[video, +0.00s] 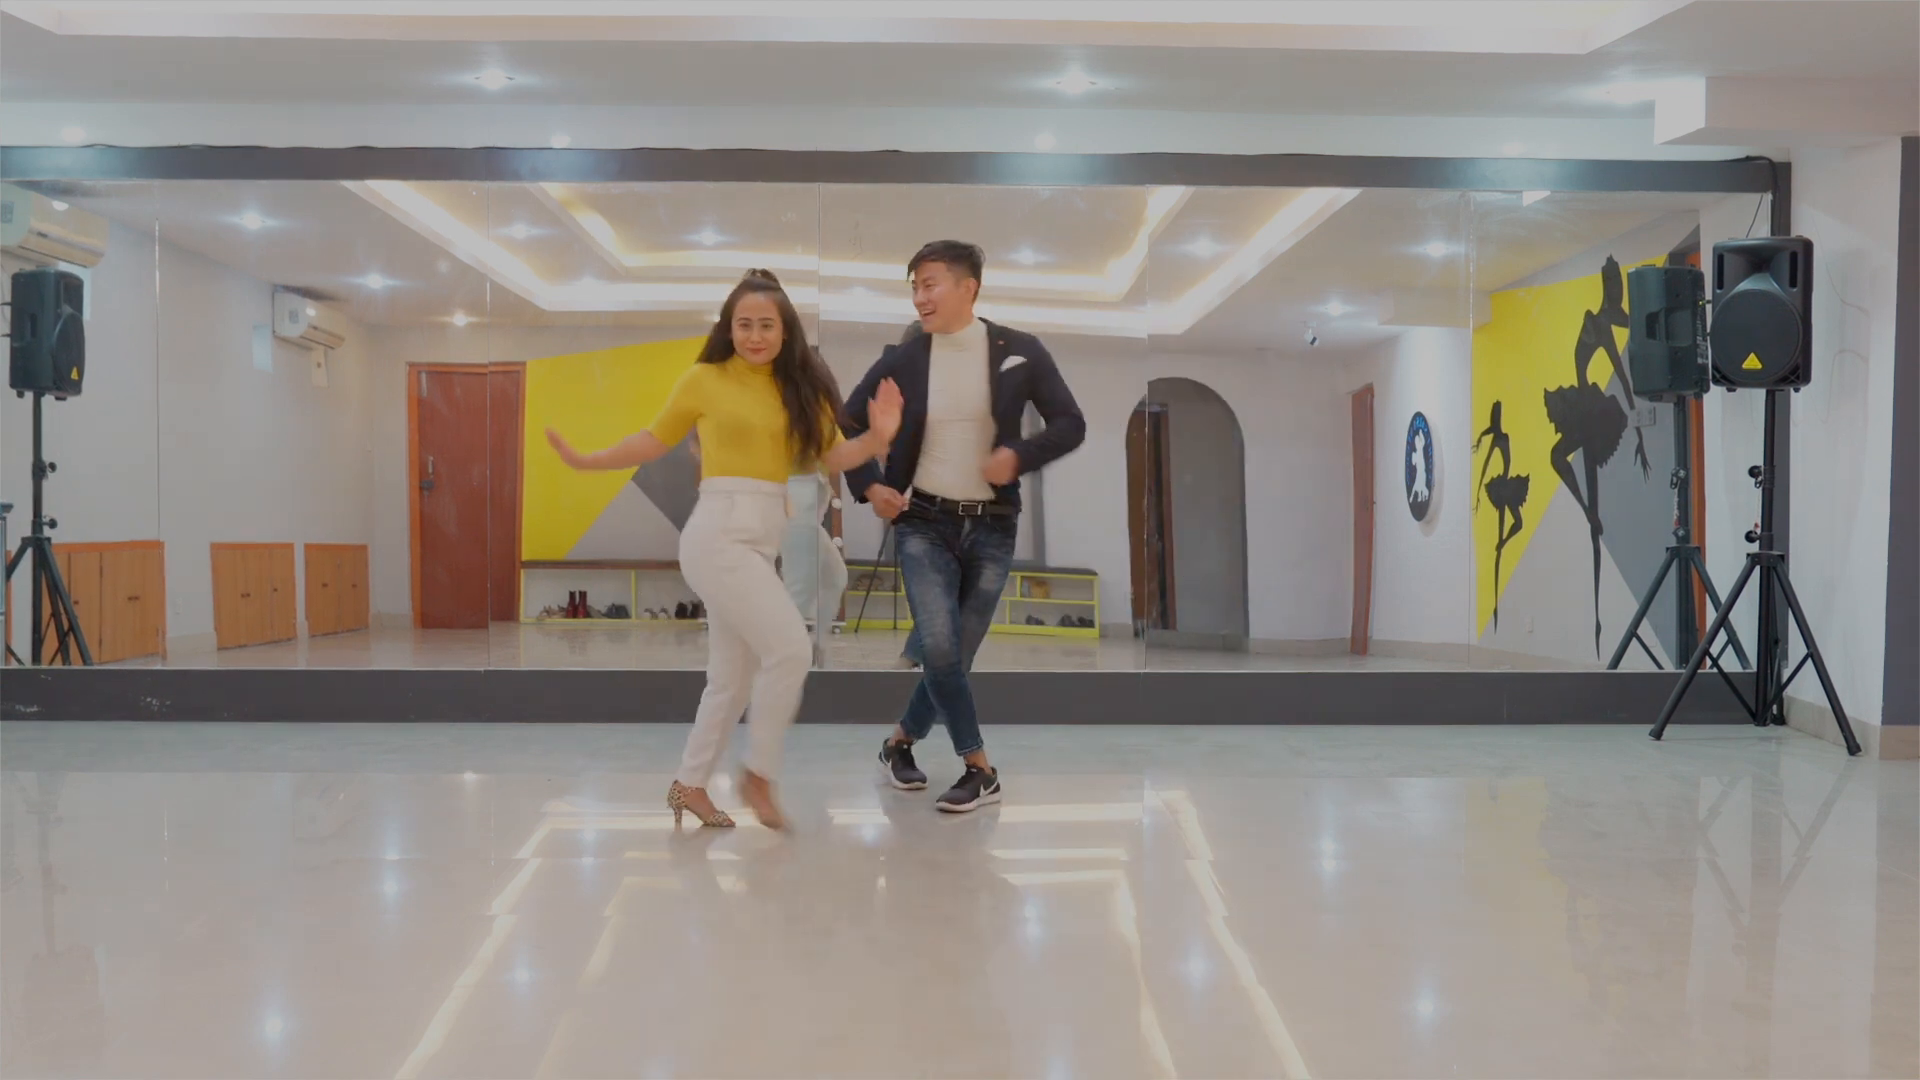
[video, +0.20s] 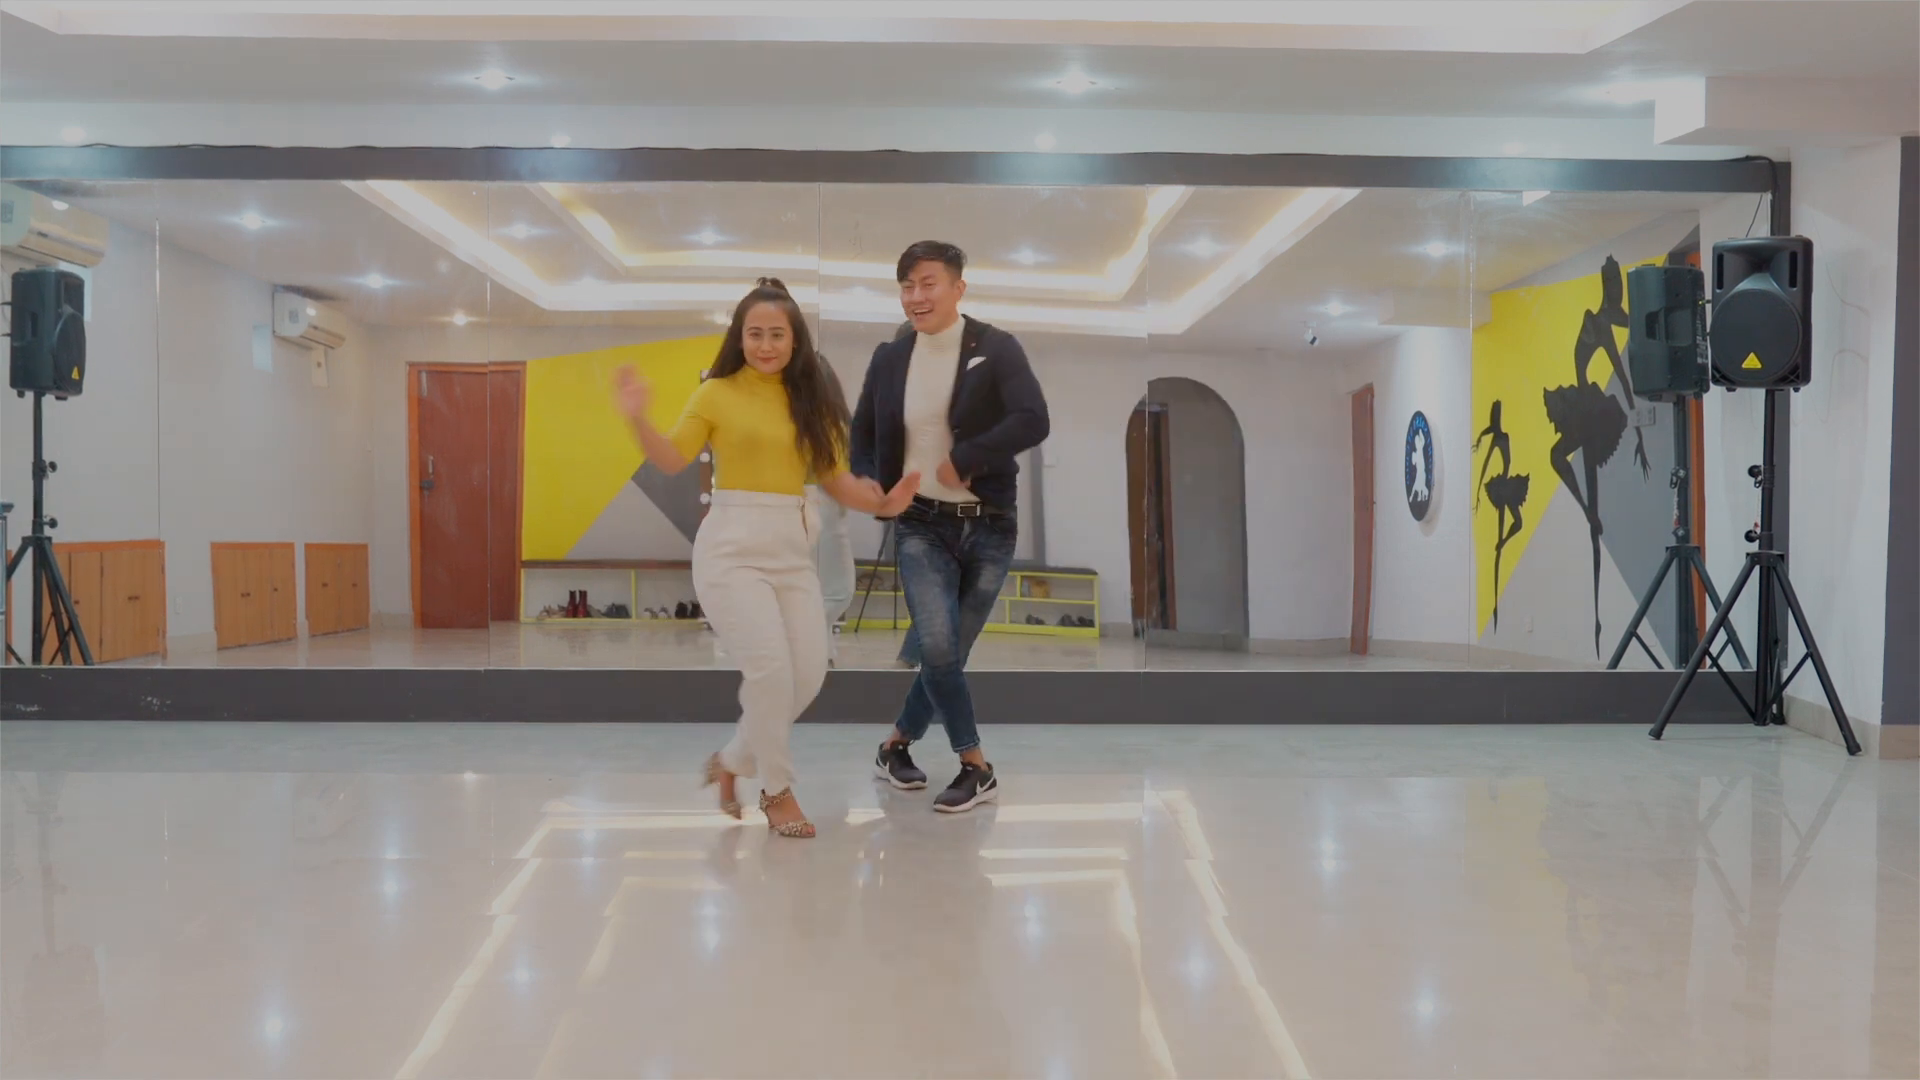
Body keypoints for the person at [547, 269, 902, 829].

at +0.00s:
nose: (756, 335)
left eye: (767, 324)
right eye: (744, 323)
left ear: (786, 330)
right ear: (728, 327)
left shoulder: (798, 392)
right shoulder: (705, 380)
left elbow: (830, 458)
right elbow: (655, 440)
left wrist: (878, 437)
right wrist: (586, 461)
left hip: (766, 542)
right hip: (717, 536)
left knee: (730, 679)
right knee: (789, 648)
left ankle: (689, 783)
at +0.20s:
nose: (766, 344)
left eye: (777, 333)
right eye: (755, 333)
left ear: (795, 340)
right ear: (740, 338)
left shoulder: (811, 401)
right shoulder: (718, 392)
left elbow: (839, 480)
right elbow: (672, 459)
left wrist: (882, 503)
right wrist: (639, 419)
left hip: (794, 549)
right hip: (730, 545)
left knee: (809, 673)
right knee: (767, 665)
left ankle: (730, 764)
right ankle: (777, 792)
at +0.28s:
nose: (768, 346)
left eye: (780, 335)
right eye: (757, 334)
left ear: (798, 341)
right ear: (740, 338)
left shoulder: (810, 399)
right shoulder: (718, 392)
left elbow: (820, 479)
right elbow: (692, 464)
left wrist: (860, 504)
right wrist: (697, 413)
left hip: (800, 547)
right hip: (732, 546)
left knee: (806, 671)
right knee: (754, 670)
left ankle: (765, 773)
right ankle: (787, 790)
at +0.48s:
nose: (767, 341)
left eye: (779, 330)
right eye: (756, 329)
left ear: (797, 335)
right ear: (741, 333)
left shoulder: (813, 392)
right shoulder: (721, 392)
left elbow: (829, 471)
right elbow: (696, 470)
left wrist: (865, 463)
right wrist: (700, 485)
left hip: (802, 546)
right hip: (734, 543)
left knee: (797, 664)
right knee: (737, 660)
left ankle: (768, 777)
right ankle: (786, 772)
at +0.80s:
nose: (769, 340)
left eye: (781, 329)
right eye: (758, 328)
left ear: (799, 334)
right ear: (743, 333)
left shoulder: (816, 392)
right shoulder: (725, 391)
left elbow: (837, 464)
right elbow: (686, 455)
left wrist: (831, 444)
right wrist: (617, 453)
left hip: (803, 543)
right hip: (744, 542)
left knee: (819, 668)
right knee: (785, 664)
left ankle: (744, 758)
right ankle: (768, 789)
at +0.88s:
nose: (769, 332)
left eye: (781, 321)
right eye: (758, 320)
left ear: (799, 328)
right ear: (742, 325)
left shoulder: (817, 387)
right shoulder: (723, 388)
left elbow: (855, 471)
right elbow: (683, 454)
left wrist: (876, 485)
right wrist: (614, 442)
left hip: (807, 537)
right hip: (739, 538)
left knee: (826, 659)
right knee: (761, 666)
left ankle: (764, 737)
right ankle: (768, 791)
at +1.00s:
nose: (770, 313)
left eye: (782, 306)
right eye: (759, 305)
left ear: (798, 320)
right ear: (741, 316)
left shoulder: (816, 383)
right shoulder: (718, 382)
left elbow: (850, 458)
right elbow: (675, 452)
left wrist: (897, 489)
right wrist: (632, 413)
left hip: (804, 529)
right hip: (739, 533)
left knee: (763, 642)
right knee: (751, 667)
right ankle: (791, 786)